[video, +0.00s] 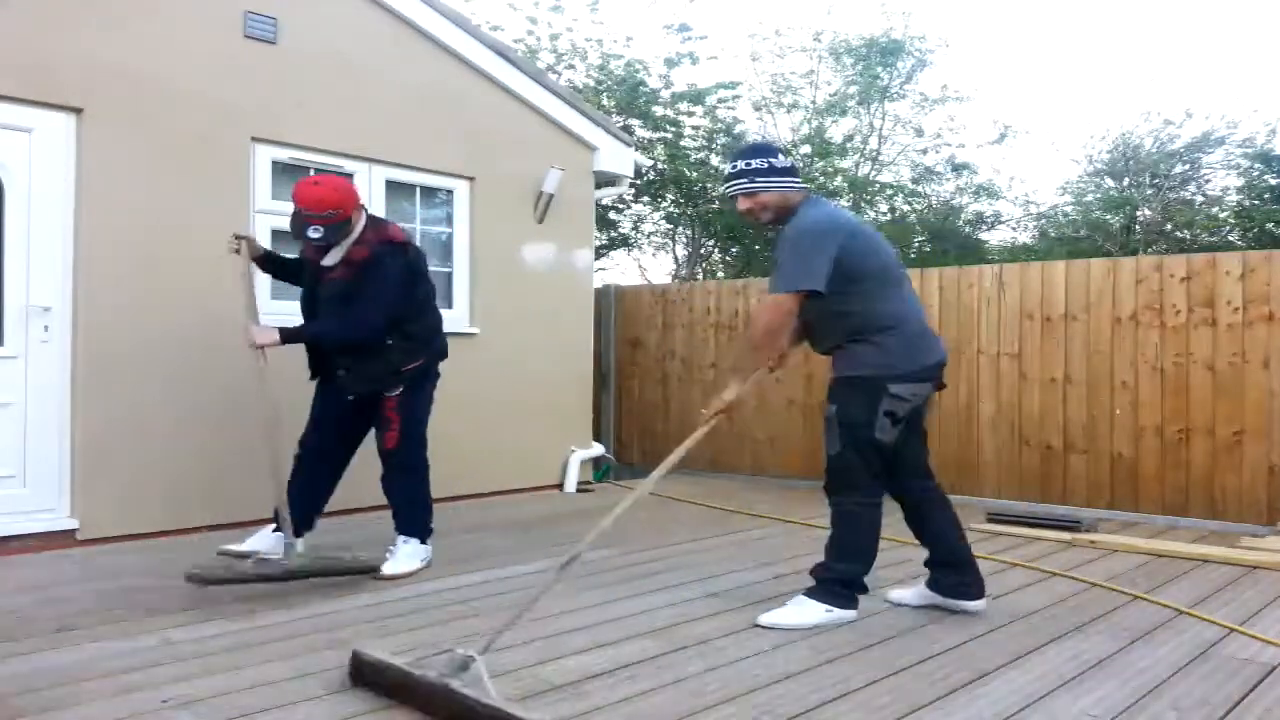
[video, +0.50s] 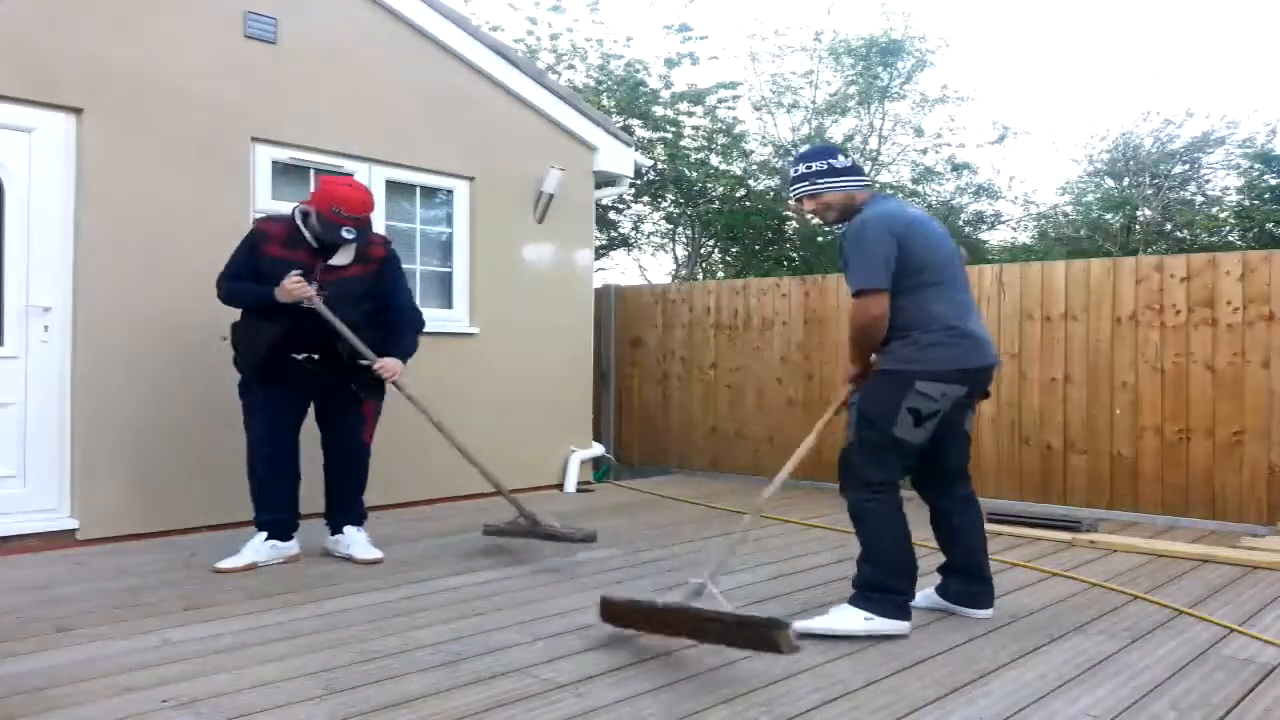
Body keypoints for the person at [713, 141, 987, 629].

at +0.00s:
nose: (743, 206)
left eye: (749, 193)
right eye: (737, 197)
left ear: (780, 185)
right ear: (787, 189)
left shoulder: (807, 228)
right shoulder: (823, 219)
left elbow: (772, 321)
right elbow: (812, 312)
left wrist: (765, 354)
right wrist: (778, 345)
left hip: (875, 367)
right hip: (905, 361)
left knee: (852, 483)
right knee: (910, 478)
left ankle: (835, 593)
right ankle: (959, 583)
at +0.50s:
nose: (809, 209)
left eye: (812, 196)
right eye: (804, 201)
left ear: (840, 185)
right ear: (849, 186)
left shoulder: (869, 225)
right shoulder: (906, 216)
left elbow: (871, 311)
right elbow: (916, 310)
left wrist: (860, 364)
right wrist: (870, 375)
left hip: (923, 360)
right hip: (966, 358)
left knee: (866, 472)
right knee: (941, 473)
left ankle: (882, 603)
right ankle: (969, 590)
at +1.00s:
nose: (751, 235)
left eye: (749, 222)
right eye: (743, 229)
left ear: (773, 203)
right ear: (779, 202)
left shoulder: (828, 229)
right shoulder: (843, 223)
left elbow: (828, 318)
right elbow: (849, 326)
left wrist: (797, 382)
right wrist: (804, 383)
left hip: (926, 365)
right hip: (962, 358)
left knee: (901, 487)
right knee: (951, 480)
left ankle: (892, 614)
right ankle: (966, 590)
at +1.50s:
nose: (746, 213)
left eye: (746, 199)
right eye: (740, 204)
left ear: (774, 185)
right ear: (786, 184)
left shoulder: (822, 213)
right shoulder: (844, 210)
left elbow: (803, 293)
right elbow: (861, 293)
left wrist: (763, 365)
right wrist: (815, 335)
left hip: (907, 363)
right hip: (947, 357)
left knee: (881, 486)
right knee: (927, 481)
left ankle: (889, 614)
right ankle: (945, 601)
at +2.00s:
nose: (750, 214)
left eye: (750, 200)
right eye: (743, 205)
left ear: (776, 183)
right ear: (795, 177)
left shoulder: (822, 213)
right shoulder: (852, 206)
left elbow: (826, 303)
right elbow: (861, 308)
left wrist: (804, 375)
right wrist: (820, 377)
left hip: (902, 366)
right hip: (942, 360)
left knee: (869, 496)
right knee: (922, 487)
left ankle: (858, 634)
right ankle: (941, 602)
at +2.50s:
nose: (723, 209)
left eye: (721, 195)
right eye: (717, 200)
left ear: (743, 177)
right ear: (764, 167)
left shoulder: (789, 206)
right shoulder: (824, 197)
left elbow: (759, 299)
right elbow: (843, 276)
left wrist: (713, 371)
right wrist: (787, 317)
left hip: (886, 361)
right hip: (932, 355)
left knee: (866, 496)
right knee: (910, 491)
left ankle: (857, 636)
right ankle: (924, 613)